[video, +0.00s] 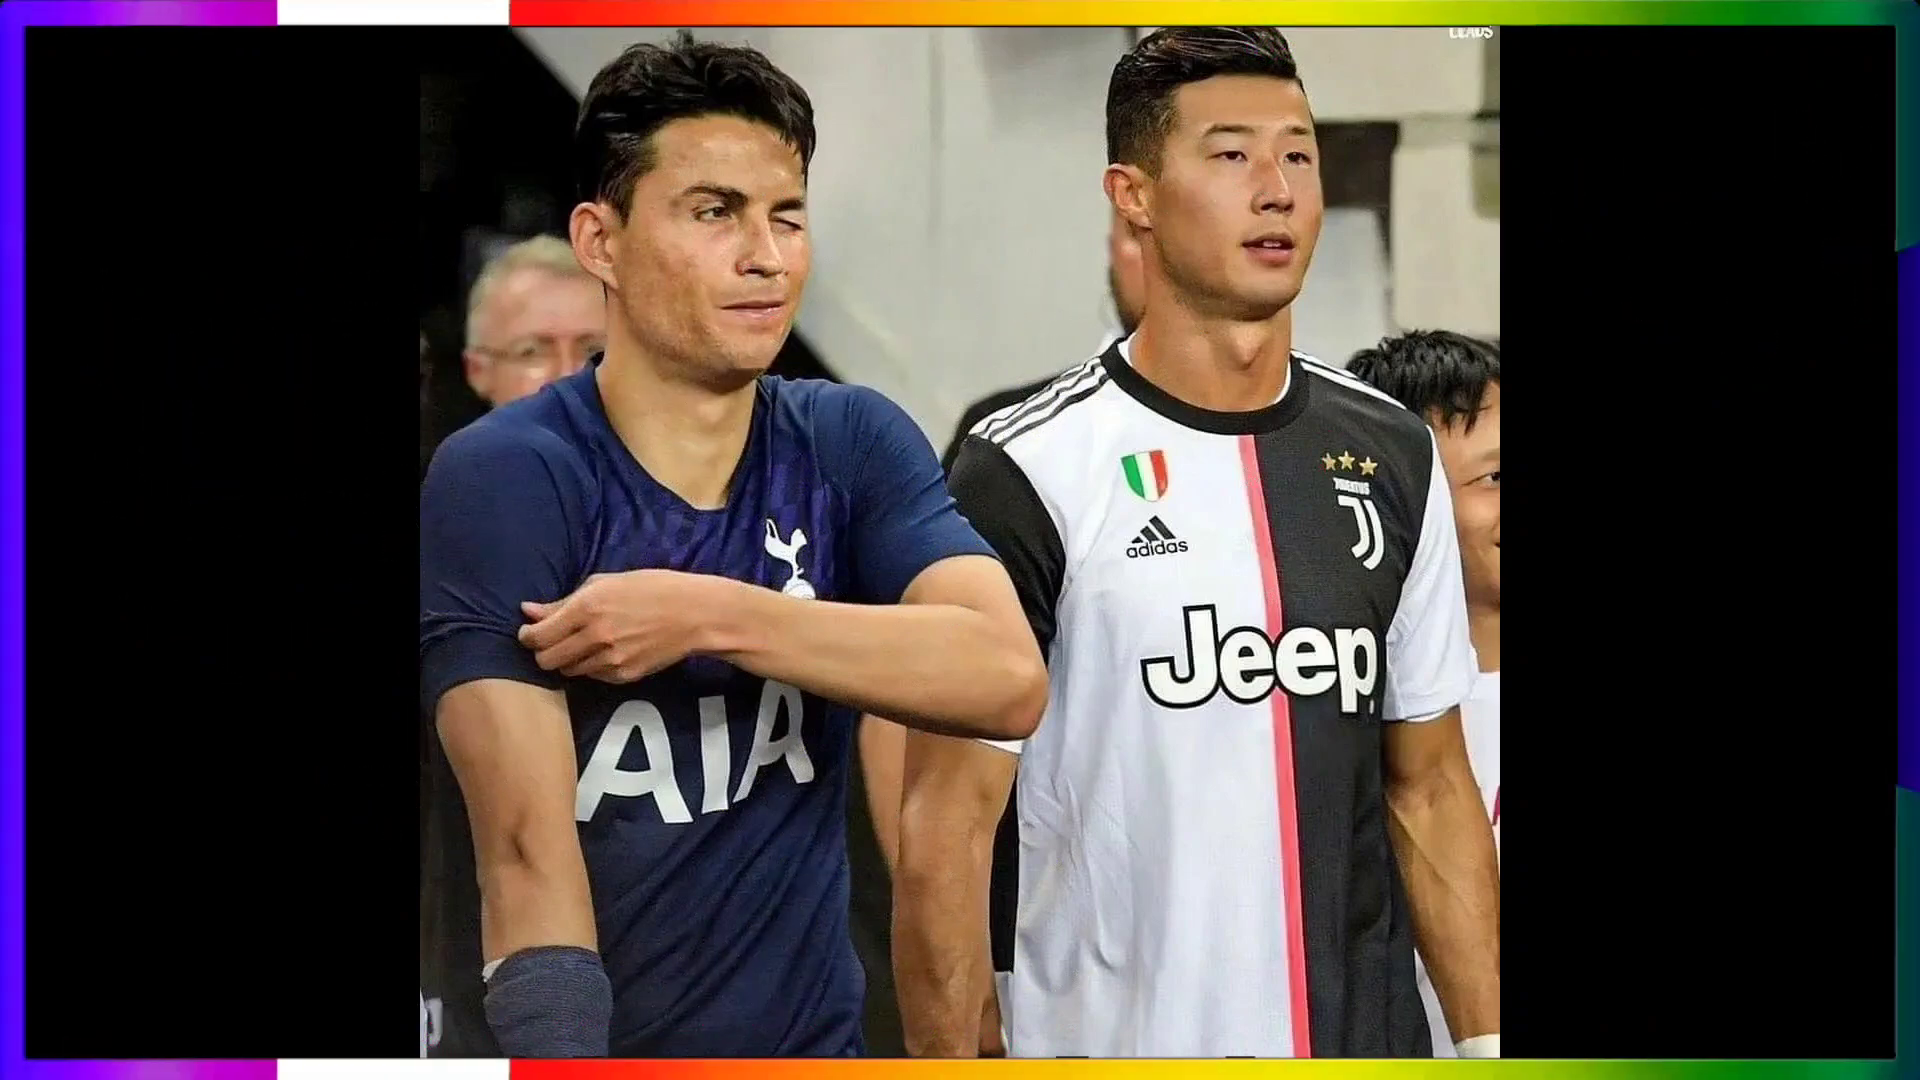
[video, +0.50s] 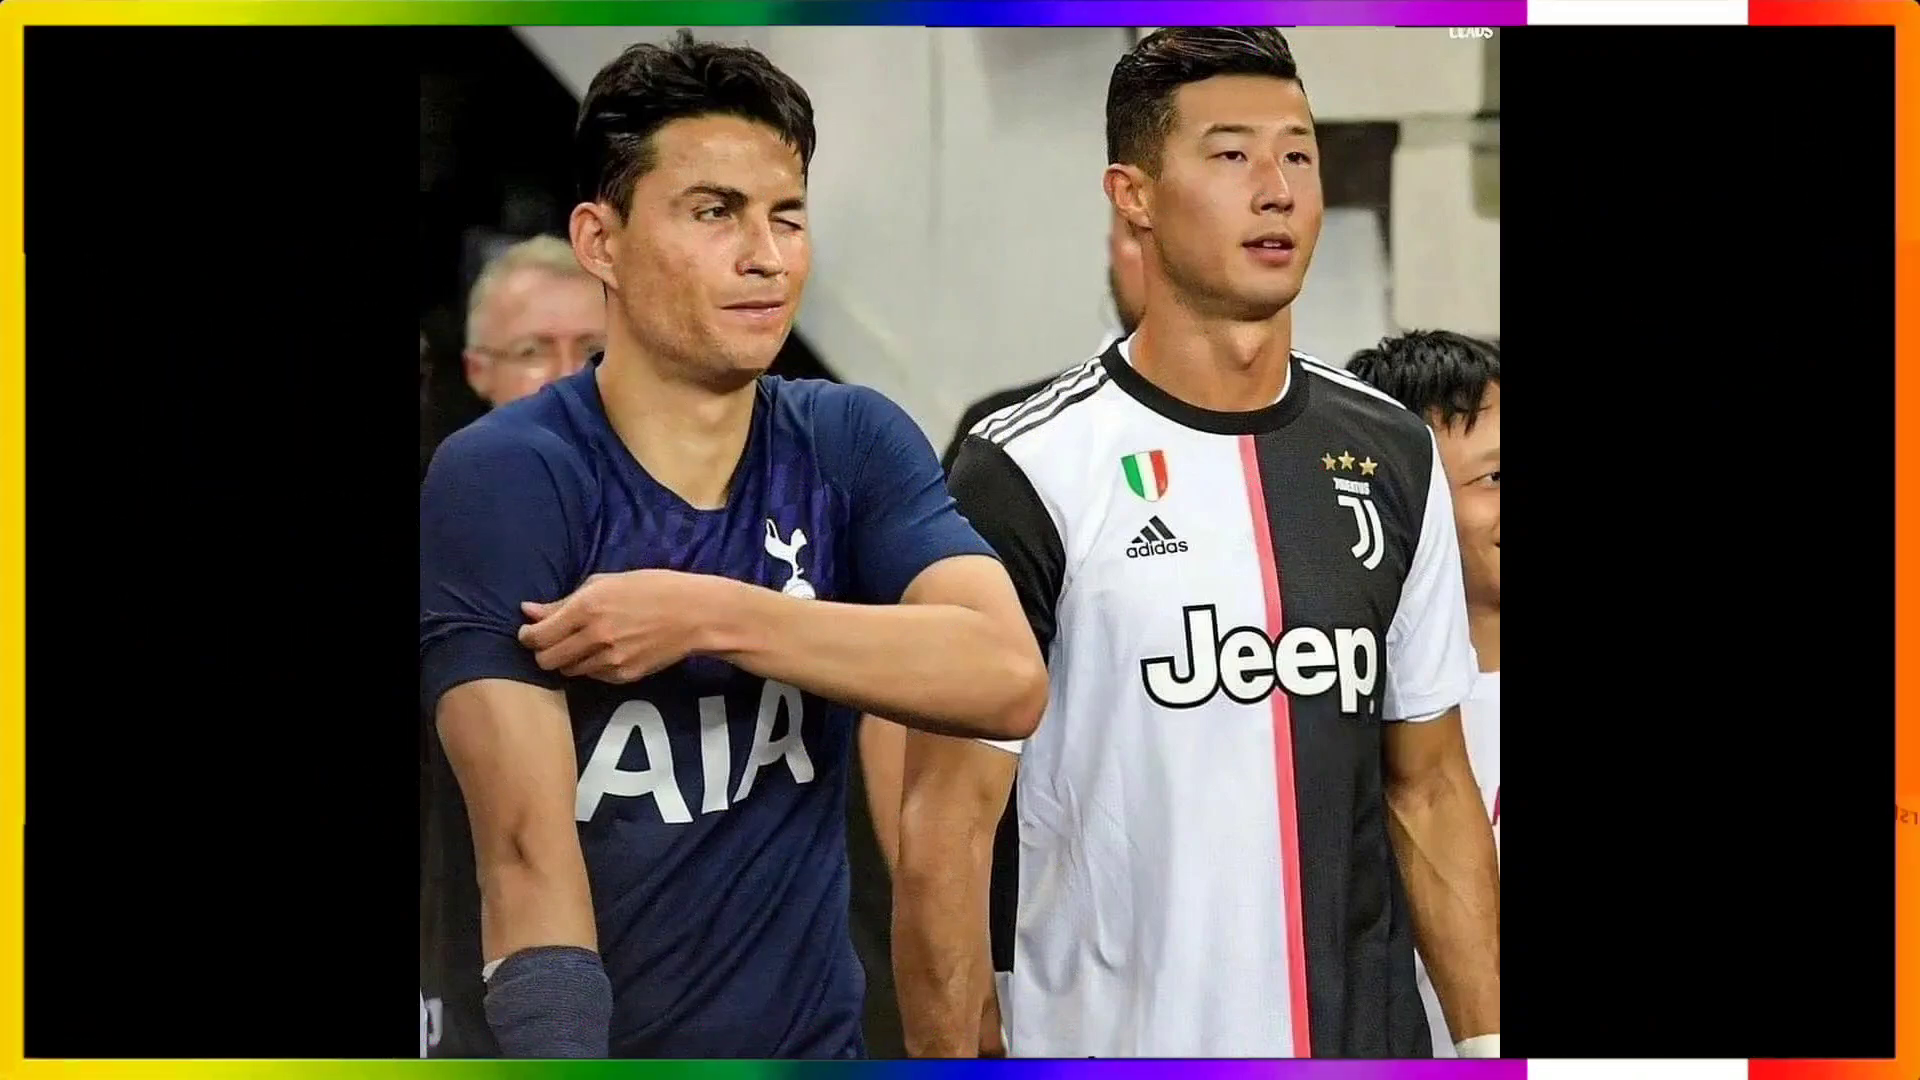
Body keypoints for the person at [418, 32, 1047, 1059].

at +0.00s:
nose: (765, 257)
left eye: (785, 217)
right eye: (712, 212)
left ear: (809, 235)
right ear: (601, 242)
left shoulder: (856, 439)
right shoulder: (500, 476)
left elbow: (1009, 681)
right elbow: (525, 850)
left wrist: (714, 613)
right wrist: (559, 1059)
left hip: (810, 1040)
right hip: (600, 1037)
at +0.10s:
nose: (765, 257)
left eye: (785, 217)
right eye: (712, 212)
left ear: (809, 236)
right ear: (601, 242)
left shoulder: (856, 439)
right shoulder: (499, 477)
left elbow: (1009, 680)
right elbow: (525, 851)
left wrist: (714, 613)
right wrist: (559, 1061)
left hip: (811, 1040)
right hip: (596, 1037)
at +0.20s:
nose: (765, 257)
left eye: (785, 218)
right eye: (712, 212)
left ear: (809, 237)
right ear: (601, 241)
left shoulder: (856, 439)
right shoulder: (499, 476)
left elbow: (1009, 681)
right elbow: (525, 851)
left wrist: (713, 613)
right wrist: (560, 1059)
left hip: (810, 1042)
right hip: (592, 1037)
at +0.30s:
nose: (765, 257)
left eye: (785, 217)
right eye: (712, 212)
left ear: (809, 236)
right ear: (601, 242)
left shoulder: (856, 439)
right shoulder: (500, 476)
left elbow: (1009, 681)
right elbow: (525, 851)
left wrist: (714, 613)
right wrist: (560, 1056)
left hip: (810, 1042)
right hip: (592, 1036)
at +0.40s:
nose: (766, 257)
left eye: (785, 218)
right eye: (712, 212)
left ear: (809, 237)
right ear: (601, 241)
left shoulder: (857, 439)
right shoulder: (499, 476)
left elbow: (1009, 681)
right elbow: (525, 851)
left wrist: (714, 613)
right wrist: (560, 1059)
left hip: (812, 1041)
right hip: (594, 1036)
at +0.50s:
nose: (766, 257)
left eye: (785, 218)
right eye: (712, 212)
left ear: (809, 237)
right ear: (601, 241)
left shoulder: (856, 439)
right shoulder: (499, 476)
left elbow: (1009, 681)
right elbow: (525, 851)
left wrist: (714, 613)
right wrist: (561, 1058)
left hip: (812, 1042)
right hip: (594, 1036)